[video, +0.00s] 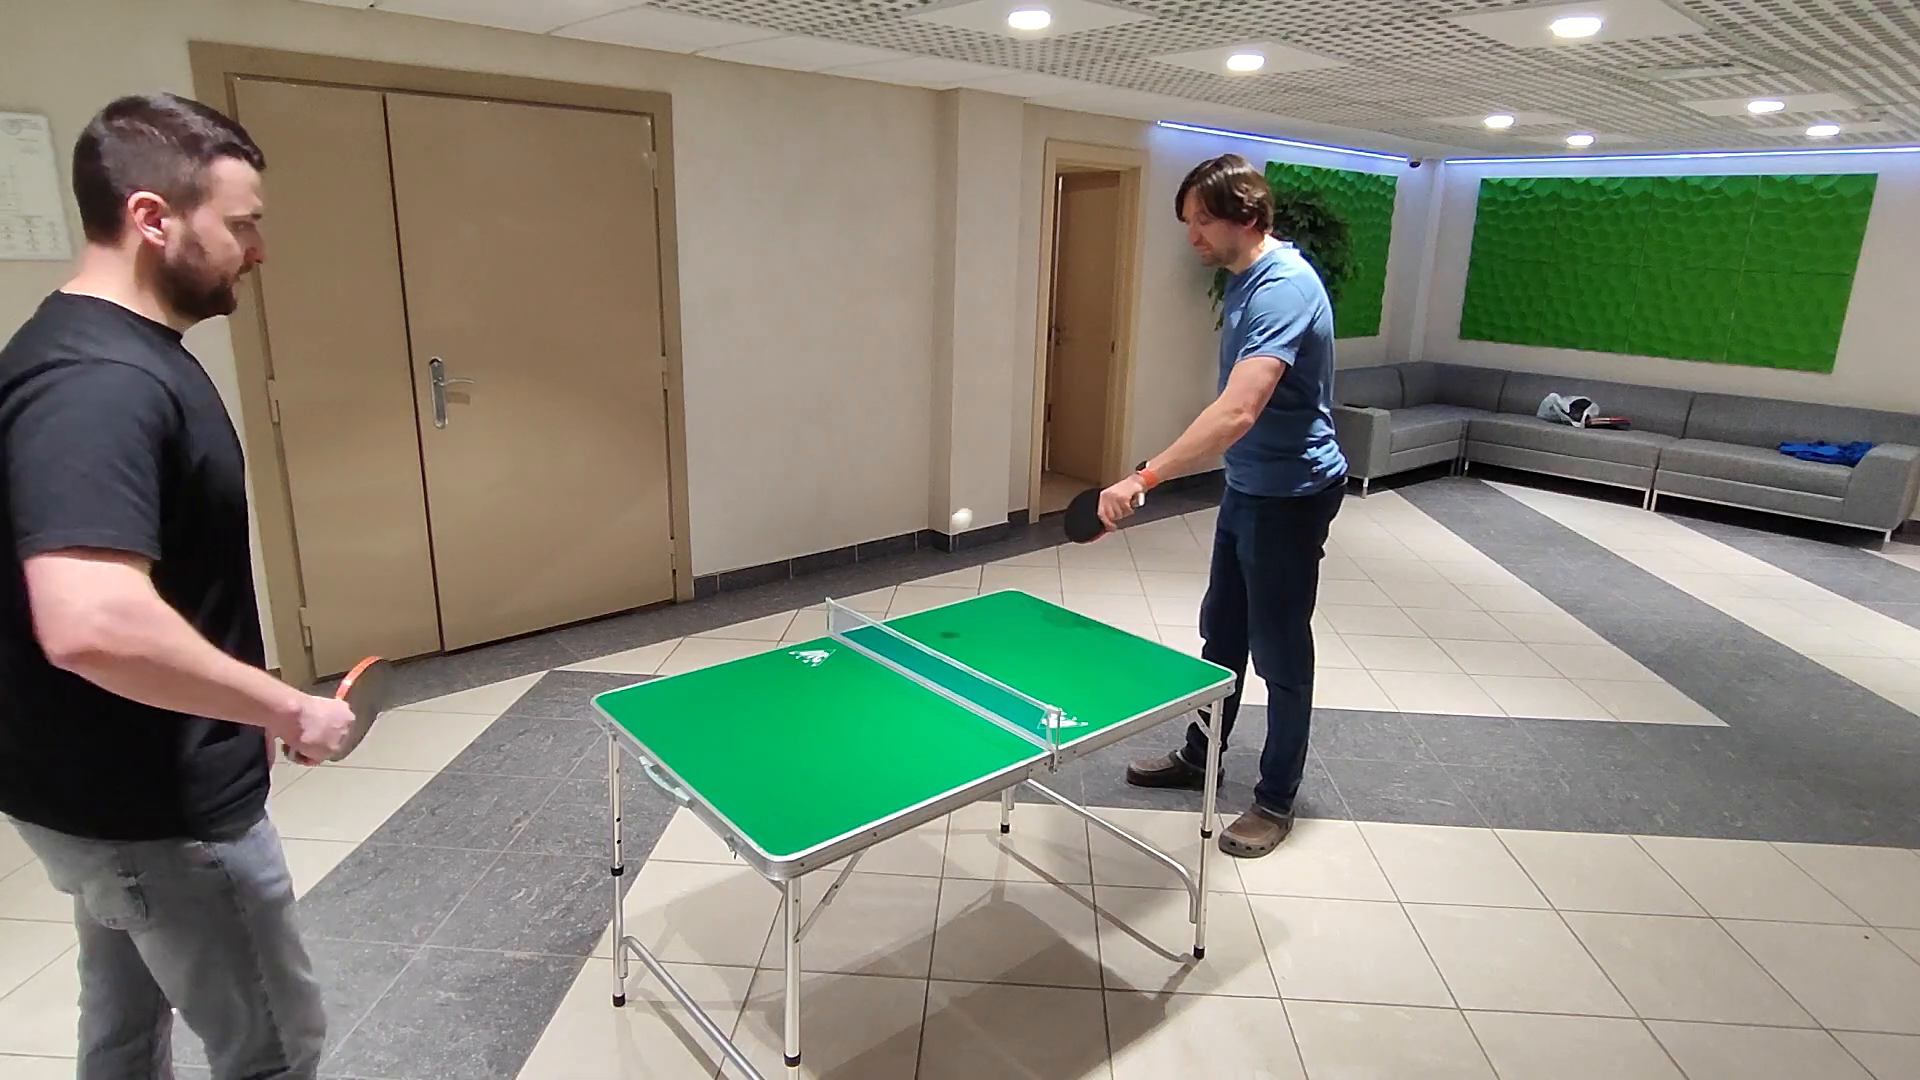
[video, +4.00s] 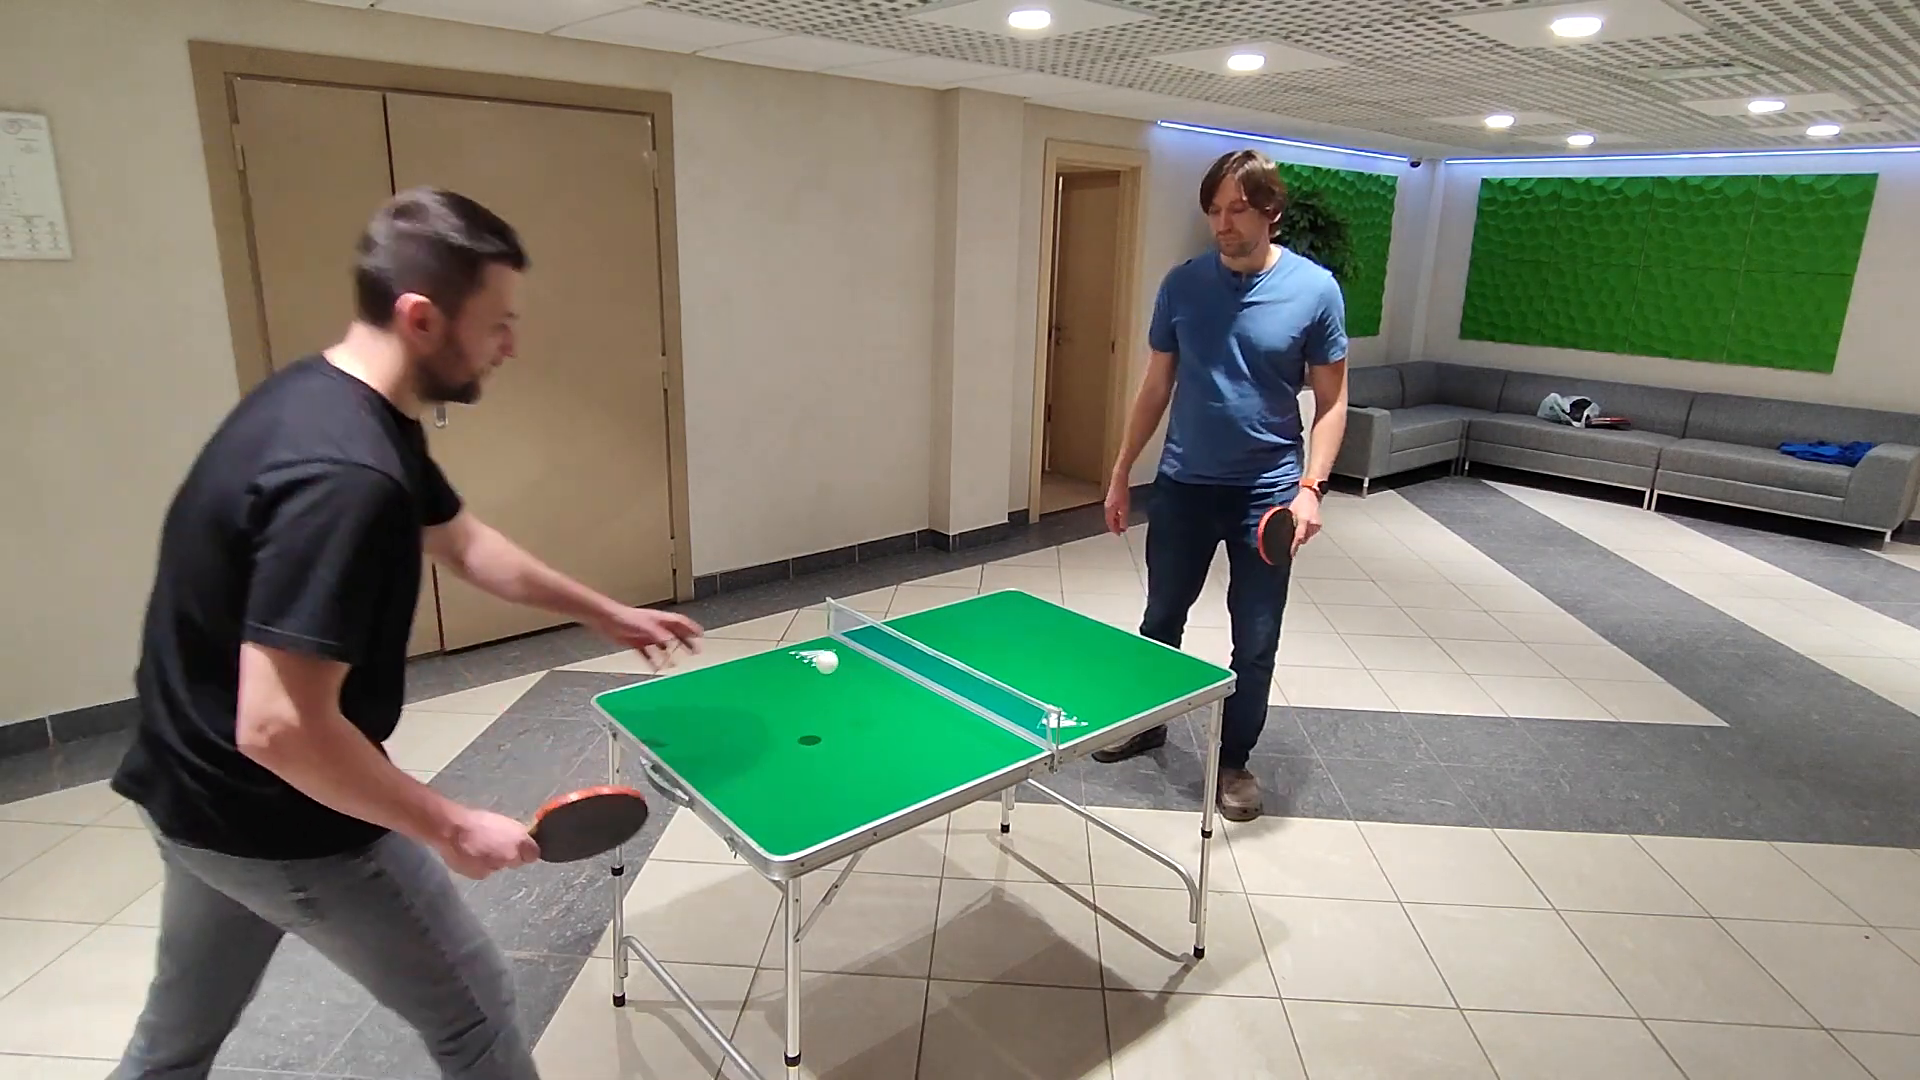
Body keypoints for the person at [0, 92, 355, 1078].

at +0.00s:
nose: (258, 254)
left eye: (257, 227)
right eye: (243, 224)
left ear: (150, 222)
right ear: (152, 219)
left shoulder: (94, 343)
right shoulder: (97, 375)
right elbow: (90, 620)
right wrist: (292, 710)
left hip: (102, 792)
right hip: (160, 811)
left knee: (121, 1031)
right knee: (276, 1049)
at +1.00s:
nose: (435, 310)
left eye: (439, 287)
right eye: (430, 286)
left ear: (287, 260)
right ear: (364, 281)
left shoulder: (84, 357)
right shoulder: (374, 436)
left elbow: (36, 569)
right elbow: (412, 681)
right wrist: (486, 745)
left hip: (30, 791)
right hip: (209, 818)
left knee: (44, 1063)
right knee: (252, 1066)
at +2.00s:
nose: (305, 280)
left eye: (310, 255)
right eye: (296, 251)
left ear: (203, 234)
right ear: (214, 238)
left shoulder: (15, 347)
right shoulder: (249, 396)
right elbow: (342, 637)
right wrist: (451, 723)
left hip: (28, 797)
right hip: (195, 811)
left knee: (89, 1061)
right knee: (239, 1064)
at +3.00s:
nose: (337, 322)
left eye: (339, 294)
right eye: (321, 288)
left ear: (222, 270)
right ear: (226, 271)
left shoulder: (26, 356)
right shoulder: (226, 433)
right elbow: (443, 633)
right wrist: (610, 752)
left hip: (9, 844)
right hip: (129, 864)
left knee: (60, 1067)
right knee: (216, 1067)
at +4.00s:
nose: (510, 347)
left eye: (510, 324)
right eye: (497, 324)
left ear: (415, 316)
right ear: (419, 316)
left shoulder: (335, 400)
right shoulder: (350, 471)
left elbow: (465, 543)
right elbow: (279, 724)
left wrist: (611, 615)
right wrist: (447, 825)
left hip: (205, 793)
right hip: (291, 822)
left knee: (171, 1042)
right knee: (476, 1017)